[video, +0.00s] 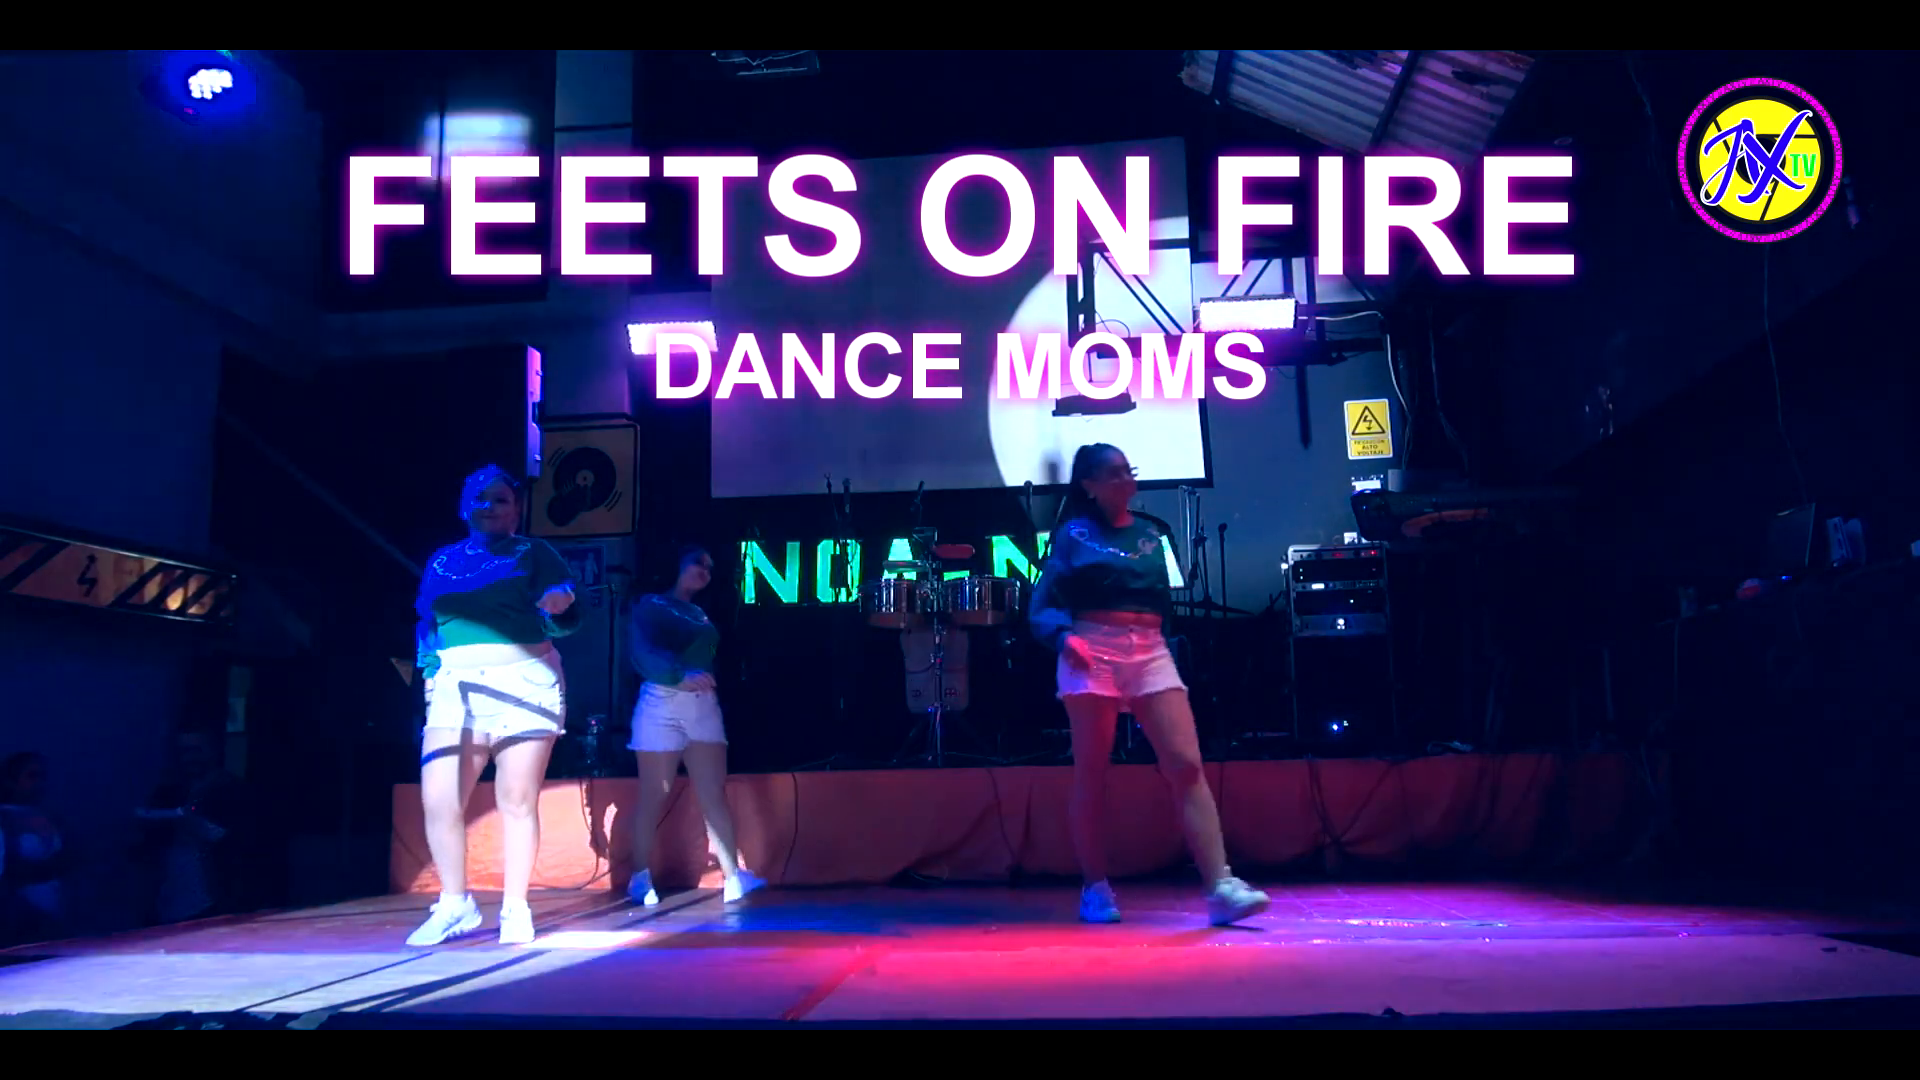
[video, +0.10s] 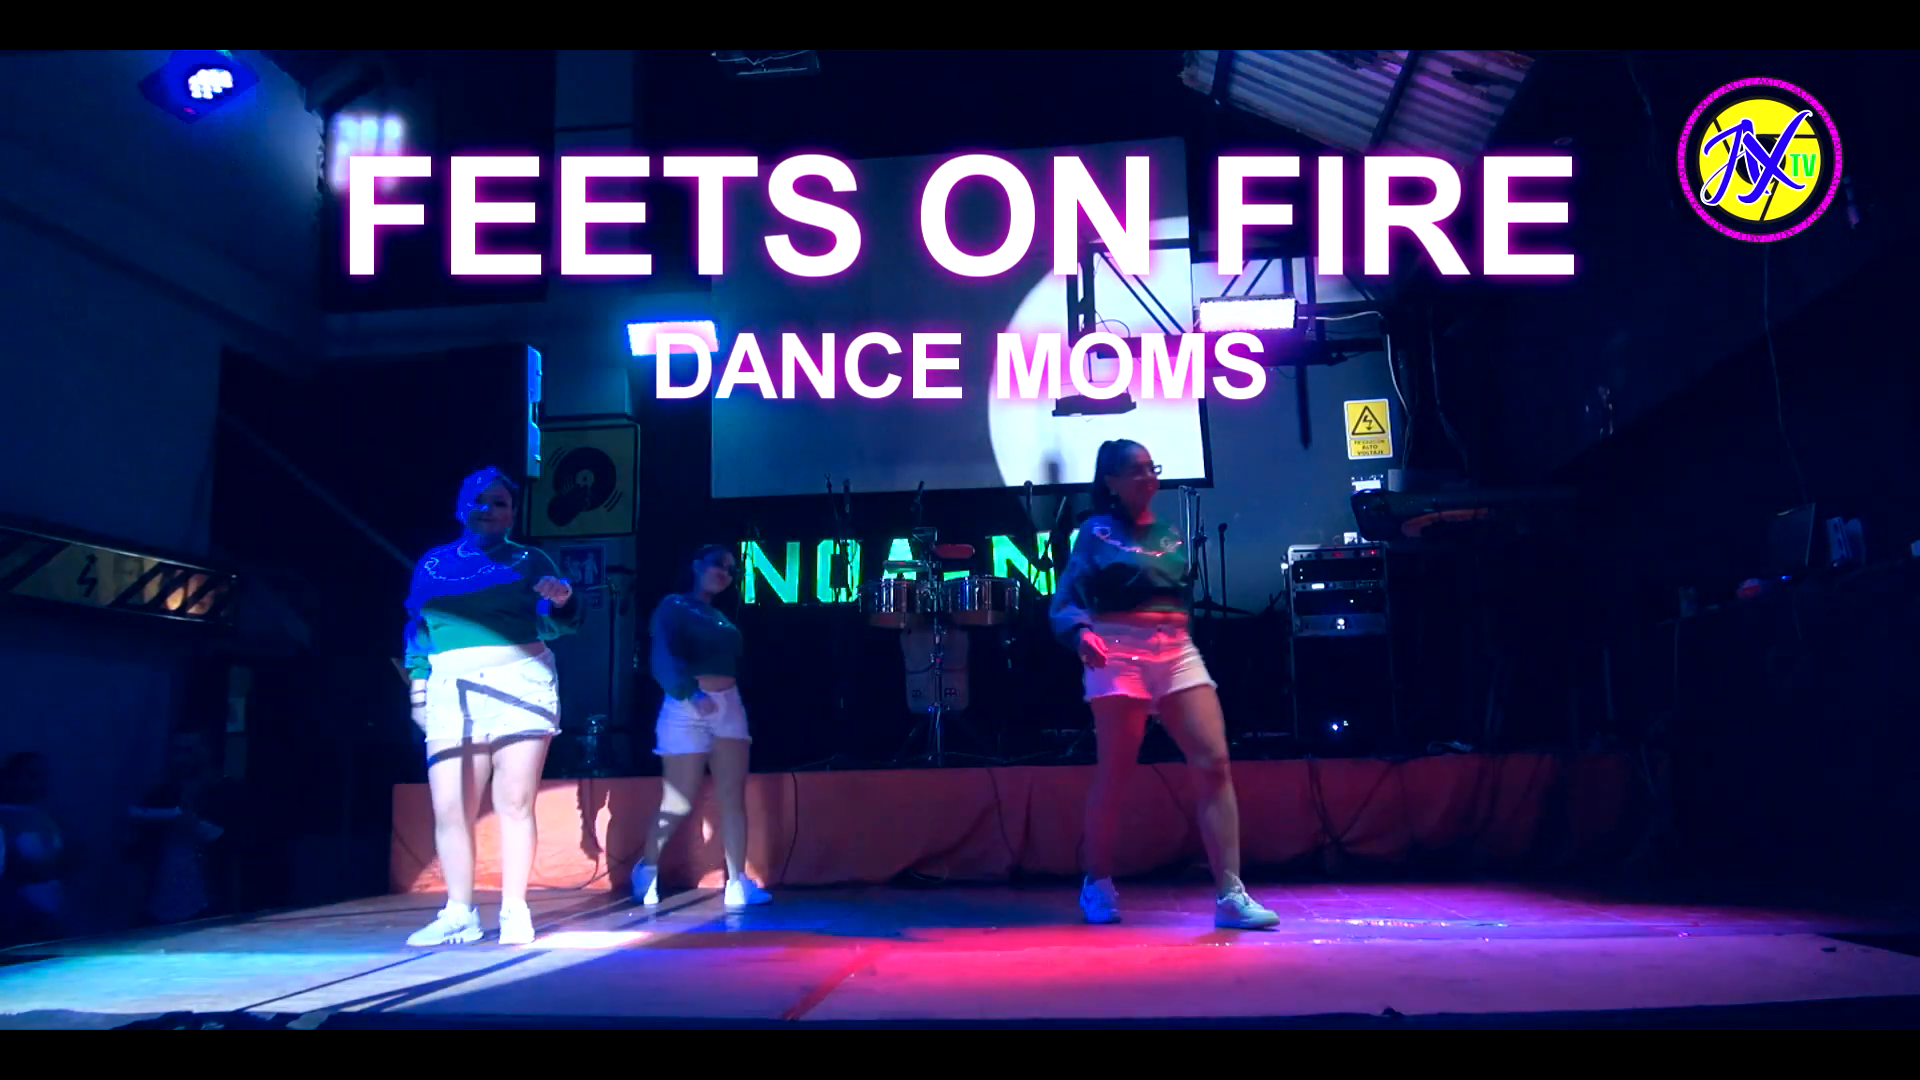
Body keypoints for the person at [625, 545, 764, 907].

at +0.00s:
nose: (705, 573)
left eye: (708, 569)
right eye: (699, 566)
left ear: (706, 577)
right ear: (680, 567)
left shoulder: (700, 615)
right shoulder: (650, 607)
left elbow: (701, 660)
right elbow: (643, 657)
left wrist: (704, 680)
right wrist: (681, 677)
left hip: (703, 704)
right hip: (661, 704)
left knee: (713, 794)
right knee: (654, 794)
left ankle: (733, 876)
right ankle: (641, 877)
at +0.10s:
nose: (724, 574)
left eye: (729, 570)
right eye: (718, 566)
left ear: (730, 579)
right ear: (698, 567)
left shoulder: (720, 617)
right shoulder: (673, 607)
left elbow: (728, 668)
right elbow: (661, 659)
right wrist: (691, 694)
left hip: (728, 704)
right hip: (685, 705)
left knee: (732, 800)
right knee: (677, 802)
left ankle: (736, 883)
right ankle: (647, 869)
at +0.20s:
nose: (738, 572)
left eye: (744, 567)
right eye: (731, 565)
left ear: (748, 573)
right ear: (714, 567)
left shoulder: (745, 619)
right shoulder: (692, 607)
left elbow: (763, 674)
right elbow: (682, 659)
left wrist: (778, 720)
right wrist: (683, 710)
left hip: (751, 702)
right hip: (709, 703)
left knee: (746, 797)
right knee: (729, 796)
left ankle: (737, 882)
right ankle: (680, 837)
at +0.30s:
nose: (749, 573)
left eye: (756, 567)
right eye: (742, 566)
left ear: (763, 572)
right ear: (727, 567)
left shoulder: (766, 616)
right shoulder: (706, 609)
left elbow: (787, 668)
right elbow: (686, 659)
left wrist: (819, 704)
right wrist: (675, 708)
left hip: (765, 704)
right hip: (724, 705)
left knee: (760, 792)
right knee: (771, 776)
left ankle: (740, 881)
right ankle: (716, 827)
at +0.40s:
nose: (756, 562)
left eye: (763, 555)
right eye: (748, 556)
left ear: (773, 560)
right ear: (736, 560)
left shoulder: (786, 608)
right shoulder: (722, 605)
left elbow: (811, 659)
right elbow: (693, 652)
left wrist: (846, 675)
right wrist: (673, 697)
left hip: (781, 701)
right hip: (739, 698)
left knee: (757, 788)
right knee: (790, 764)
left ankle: (739, 876)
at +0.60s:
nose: (776, 563)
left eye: (782, 555)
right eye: (770, 557)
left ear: (797, 557)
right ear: (763, 563)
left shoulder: (825, 601)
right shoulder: (758, 610)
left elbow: (863, 640)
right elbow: (725, 662)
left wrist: (896, 667)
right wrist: (692, 702)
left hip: (816, 702)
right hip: (773, 700)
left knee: (780, 794)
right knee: (791, 794)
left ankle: (746, 873)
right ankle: (819, 882)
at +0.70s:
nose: (797, 557)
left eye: (804, 549)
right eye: (788, 551)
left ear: (818, 553)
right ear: (778, 557)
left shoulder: (843, 601)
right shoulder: (772, 607)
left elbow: (877, 650)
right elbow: (749, 664)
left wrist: (905, 688)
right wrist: (727, 712)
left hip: (835, 698)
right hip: (789, 695)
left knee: (830, 787)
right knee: (805, 787)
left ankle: (771, 850)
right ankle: (825, 883)